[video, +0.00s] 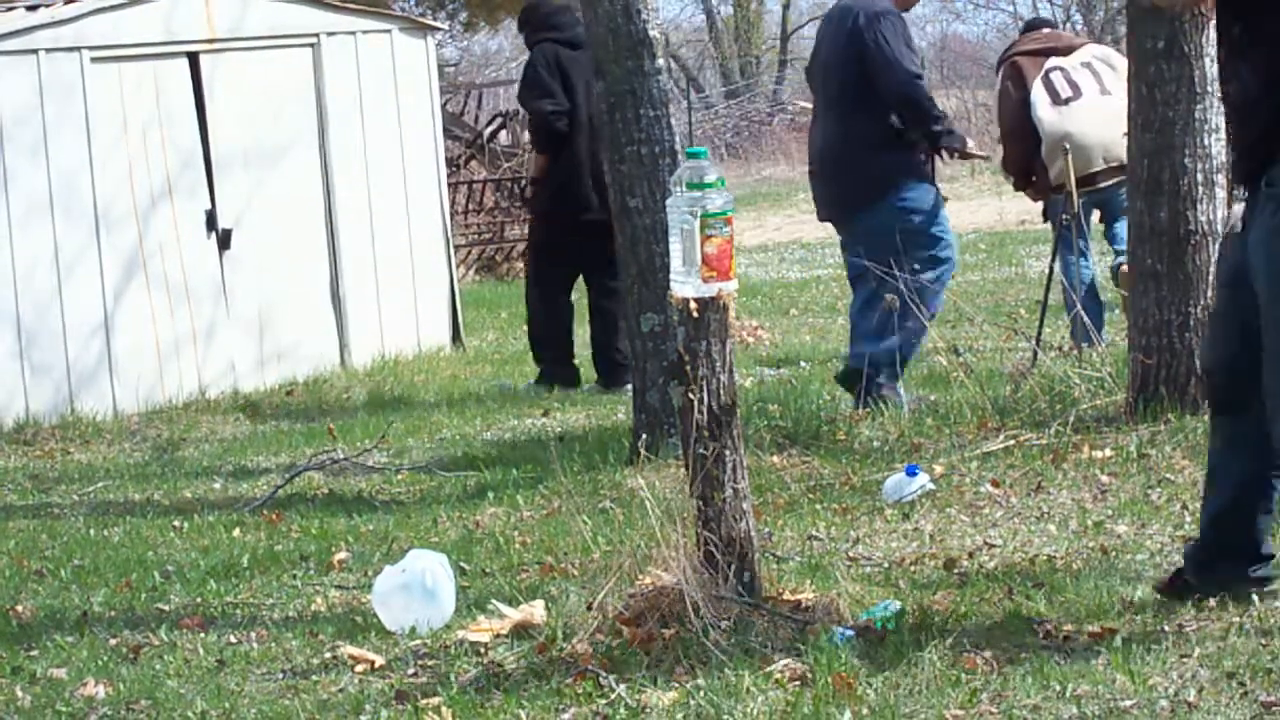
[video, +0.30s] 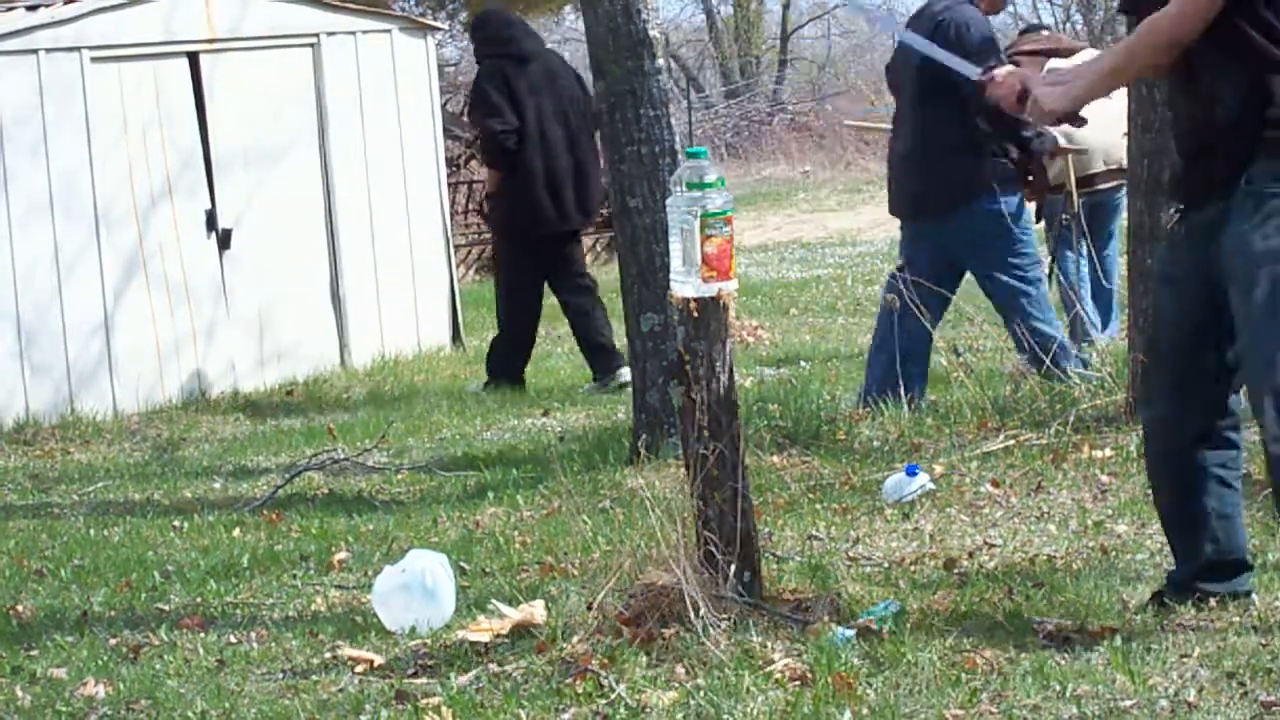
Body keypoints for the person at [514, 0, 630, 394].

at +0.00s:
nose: (526, 38)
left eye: (526, 30)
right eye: (525, 31)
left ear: (536, 26)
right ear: (575, 17)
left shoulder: (545, 57)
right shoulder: (605, 51)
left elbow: (551, 121)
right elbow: (634, 113)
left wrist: (538, 172)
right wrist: (622, 164)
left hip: (562, 196)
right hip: (612, 191)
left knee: (547, 286)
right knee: (610, 284)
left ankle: (557, 374)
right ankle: (617, 372)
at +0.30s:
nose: (475, 50)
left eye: (475, 42)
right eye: (475, 43)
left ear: (484, 40)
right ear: (517, 30)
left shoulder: (492, 74)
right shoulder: (556, 65)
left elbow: (501, 137)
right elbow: (588, 117)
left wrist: (493, 184)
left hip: (521, 202)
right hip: (565, 193)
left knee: (517, 292)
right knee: (575, 284)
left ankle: (506, 376)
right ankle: (610, 368)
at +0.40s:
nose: (459, 52)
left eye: (459, 46)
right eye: (459, 46)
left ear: (467, 43)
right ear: (501, 32)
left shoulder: (474, 76)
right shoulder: (540, 64)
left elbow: (482, 137)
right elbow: (575, 113)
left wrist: (475, 186)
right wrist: (561, 163)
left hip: (504, 199)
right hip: (549, 190)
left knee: (504, 291)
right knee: (547, 274)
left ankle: (503, 378)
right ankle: (591, 344)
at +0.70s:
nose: (427, 49)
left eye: (427, 43)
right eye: (426, 43)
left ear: (435, 40)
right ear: (469, 30)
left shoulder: (442, 72)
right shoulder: (504, 62)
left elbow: (451, 134)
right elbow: (539, 112)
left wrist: (445, 189)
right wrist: (518, 150)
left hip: (475, 190)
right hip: (514, 182)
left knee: (484, 279)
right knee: (497, 276)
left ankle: (502, 373)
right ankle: (504, 369)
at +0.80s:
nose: (418, 53)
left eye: (418, 47)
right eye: (417, 46)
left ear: (426, 44)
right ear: (457, 32)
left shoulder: (435, 75)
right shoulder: (493, 63)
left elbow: (443, 136)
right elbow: (530, 114)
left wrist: (439, 190)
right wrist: (511, 154)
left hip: (469, 190)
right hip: (507, 182)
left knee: (485, 282)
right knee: (485, 281)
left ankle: (503, 371)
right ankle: (470, 367)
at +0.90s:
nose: (412, 57)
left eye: (412, 50)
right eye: (410, 50)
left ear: (421, 46)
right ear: (450, 35)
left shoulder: (432, 75)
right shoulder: (487, 67)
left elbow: (437, 136)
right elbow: (521, 119)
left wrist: (430, 192)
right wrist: (503, 167)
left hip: (461, 192)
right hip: (498, 187)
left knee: (478, 283)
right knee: (467, 282)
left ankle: (502, 371)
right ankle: (465, 369)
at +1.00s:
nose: (405, 59)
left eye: (405, 52)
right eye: (403, 53)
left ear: (415, 45)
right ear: (438, 38)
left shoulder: (427, 72)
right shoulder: (479, 69)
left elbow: (435, 134)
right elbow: (510, 121)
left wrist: (422, 191)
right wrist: (499, 172)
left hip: (450, 194)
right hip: (488, 189)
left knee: (455, 283)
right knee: (475, 279)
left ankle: (496, 368)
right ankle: (466, 368)